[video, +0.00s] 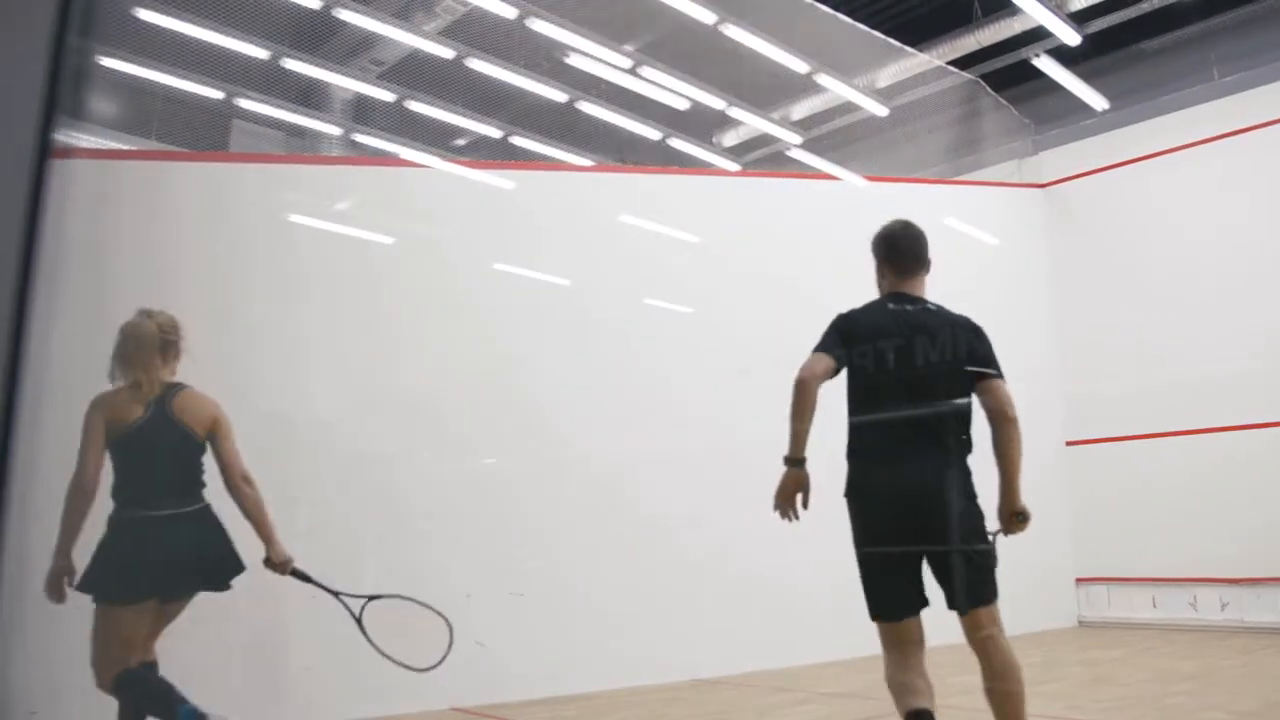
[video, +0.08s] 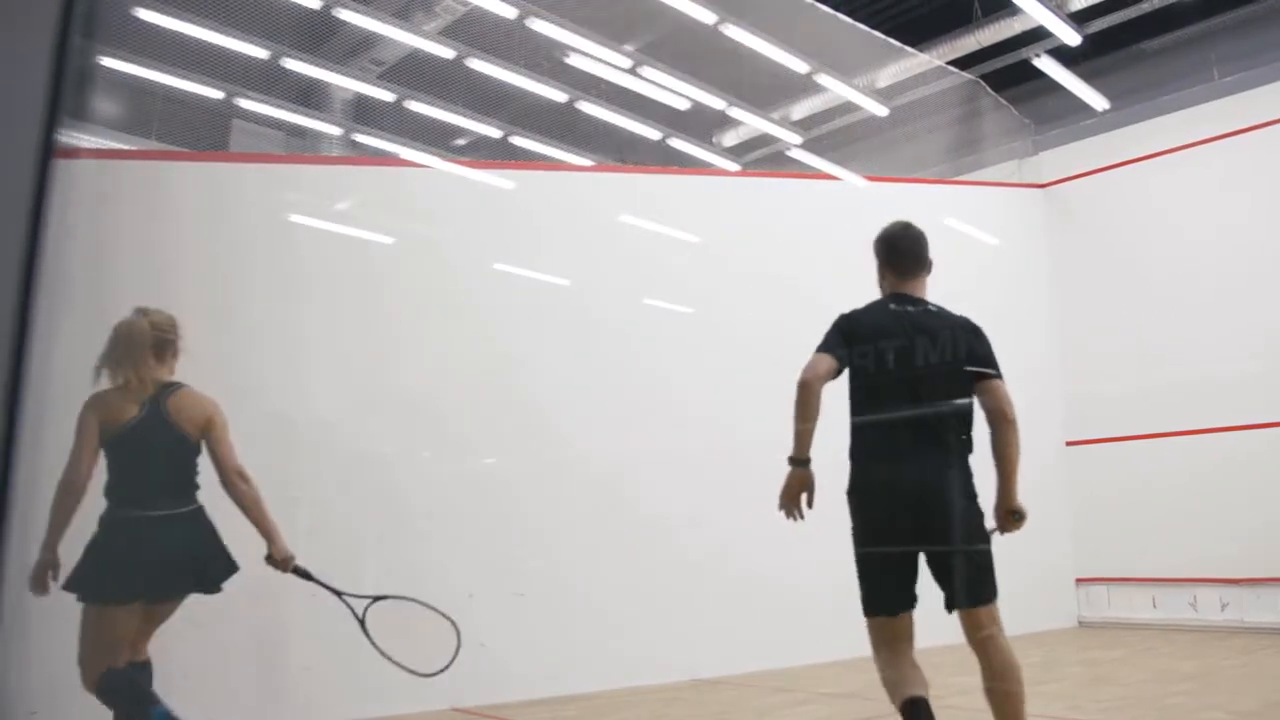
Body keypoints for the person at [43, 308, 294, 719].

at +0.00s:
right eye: (176, 355)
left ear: (123, 356)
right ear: (174, 357)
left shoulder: (107, 406)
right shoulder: (204, 408)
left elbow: (85, 484)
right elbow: (239, 480)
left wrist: (63, 555)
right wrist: (273, 543)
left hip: (135, 550)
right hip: (196, 547)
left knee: (111, 672)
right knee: (141, 653)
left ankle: (190, 715)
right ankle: (135, 719)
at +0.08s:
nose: (176, 360)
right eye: (176, 352)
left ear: (123, 352)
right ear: (174, 353)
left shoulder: (102, 406)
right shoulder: (200, 407)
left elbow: (76, 480)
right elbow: (234, 477)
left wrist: (50, 548)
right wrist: (275, 541)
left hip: (124, 550)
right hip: (186, 548)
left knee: (97, 672)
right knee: (136, 649)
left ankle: (157, 712)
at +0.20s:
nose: (178, 352)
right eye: (177, 347)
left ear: (124, 352)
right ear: (172, 349)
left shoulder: (98, 405)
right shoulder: (195, 407)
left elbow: (59, 477)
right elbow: (230, 477)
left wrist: (34, 537)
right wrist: (274, 538)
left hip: (106, 549)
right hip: (172, 552)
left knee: (82, 671)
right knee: (122, 651)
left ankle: (108, 714)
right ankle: (123, 716)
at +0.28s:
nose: (178, 351)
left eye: (177, 345)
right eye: (177, 344)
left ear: (126, 349)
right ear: (171, 347)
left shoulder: (94, 403)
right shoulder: (191, 407)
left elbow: (49, 476)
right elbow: (228, 476)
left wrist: (29, 528)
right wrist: (272, 539)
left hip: (97, 549)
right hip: (164, 552)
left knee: (76, 671)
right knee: (118, 649)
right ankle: (119, 717)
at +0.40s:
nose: (179, 346)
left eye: (179, 338)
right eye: (178, 338)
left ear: (128, 341)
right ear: (167, 339)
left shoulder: (92, 392)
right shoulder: (185, 399)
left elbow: (48, 460)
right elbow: (222, 470)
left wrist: (29, 518)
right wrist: (267, 534)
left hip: (85, 542)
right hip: (153, 548)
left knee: (71, 667)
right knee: (121, 648)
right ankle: (120, 718)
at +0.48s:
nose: (181, 343)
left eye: (181, 334)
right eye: (179, 333)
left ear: (125, 336)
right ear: (166, 334)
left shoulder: (88, 386)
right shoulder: (179, 393)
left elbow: (43, 466)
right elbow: (218, 466)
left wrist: (44, 523)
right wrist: (264, 529)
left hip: (81, 535)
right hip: (149, 541)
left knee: (68, 667)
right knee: (124, 652)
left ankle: (12, 711)